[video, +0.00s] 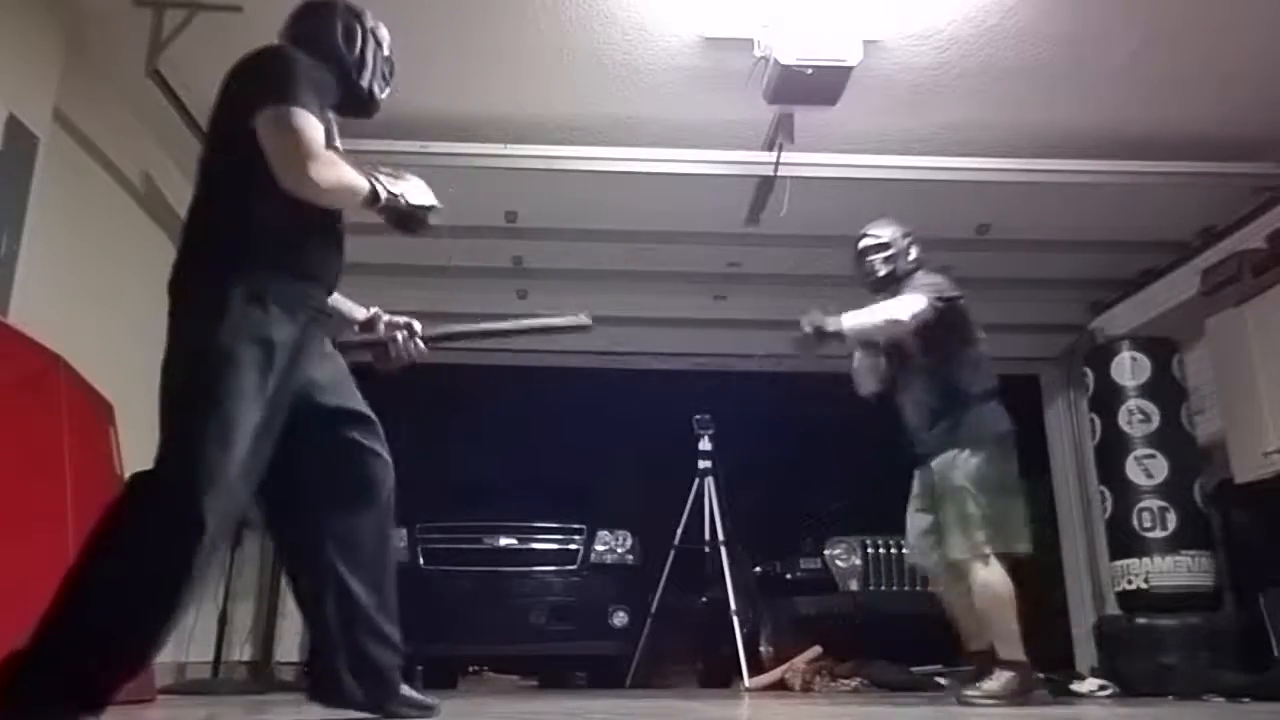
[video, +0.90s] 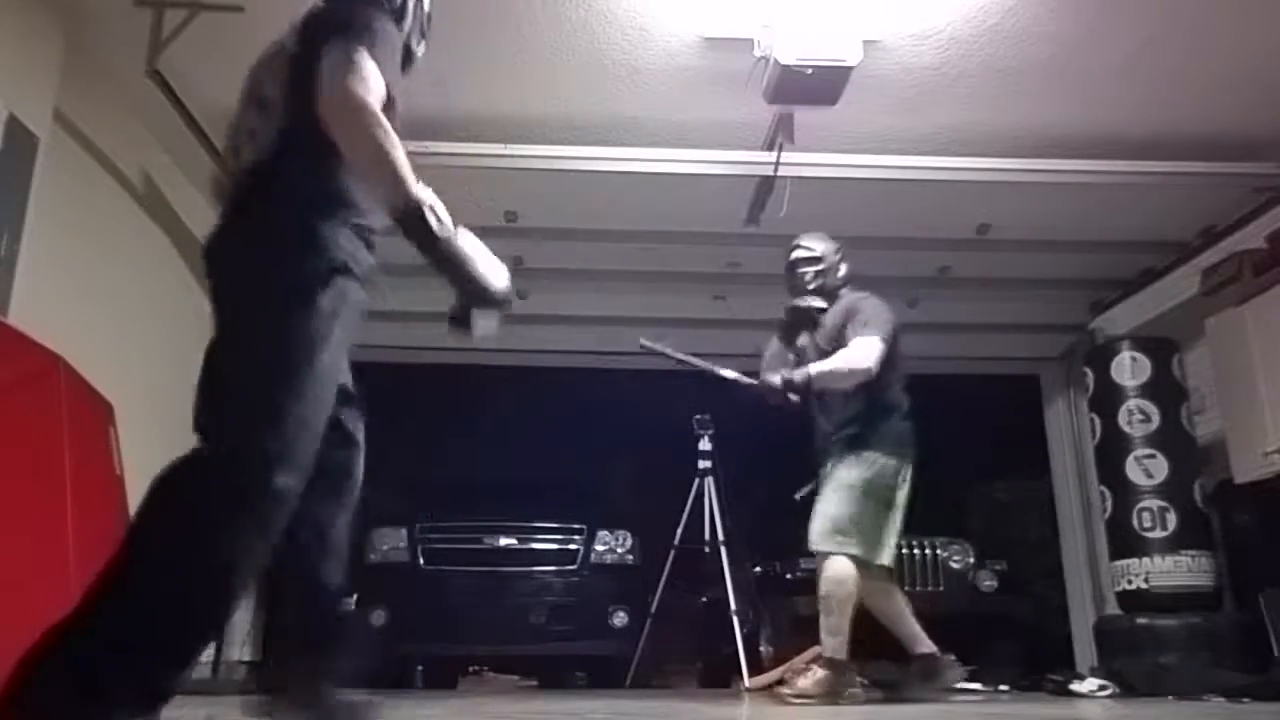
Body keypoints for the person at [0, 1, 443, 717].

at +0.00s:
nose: (370, 85)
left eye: (374, 73)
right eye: (369, 67)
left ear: (322, 40)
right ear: (347, 43)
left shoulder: (307, 113)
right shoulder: (282, 68)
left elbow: (285, 264)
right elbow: (303, 165)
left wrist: (366, 322)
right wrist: (382, 191)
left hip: (299, 325)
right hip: (240, 306)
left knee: (353, 476)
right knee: (194, 496)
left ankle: (361, 677)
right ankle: (47, 691)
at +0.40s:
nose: (429, 112)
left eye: (432, 99)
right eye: (428, 94)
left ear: (380, 72)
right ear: (408, 75)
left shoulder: (373, 145)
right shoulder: (354, 97)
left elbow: (344, 292)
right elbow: (377, 194)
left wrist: (410, 342)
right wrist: (465, 210)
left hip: (356, 340)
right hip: (316, 323)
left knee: (387, 489)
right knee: (301, 480)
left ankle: (369, 683)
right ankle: (109, 667)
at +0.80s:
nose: (425, 44)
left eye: (425, 34)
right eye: (422, 28)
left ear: (352, 16)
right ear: (399, 16)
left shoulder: (313, 74)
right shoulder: (364, 52)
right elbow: (378, 153)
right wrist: (468, 273)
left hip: (303, 280)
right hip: (319, 277)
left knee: (352, 479)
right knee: (290, 480)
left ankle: (364, 684)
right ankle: (82, 682)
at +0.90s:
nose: (419, 35)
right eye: (417, 26)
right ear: (405, 9)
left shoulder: (304, 45)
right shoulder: (377, 10)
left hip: (280, 249)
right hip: (302, 248)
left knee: (331, 447)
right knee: (252, 472)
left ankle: (306, 662)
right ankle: (78, 694)